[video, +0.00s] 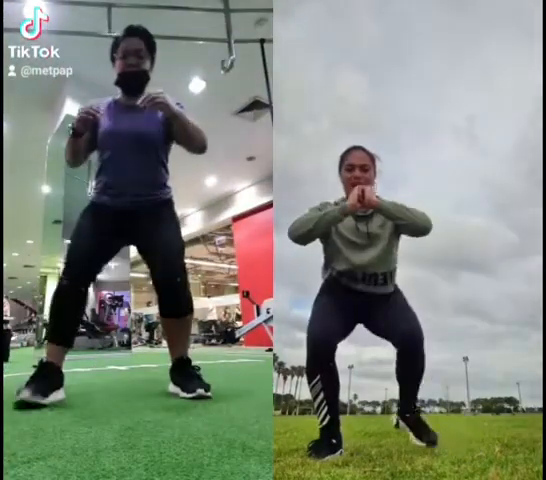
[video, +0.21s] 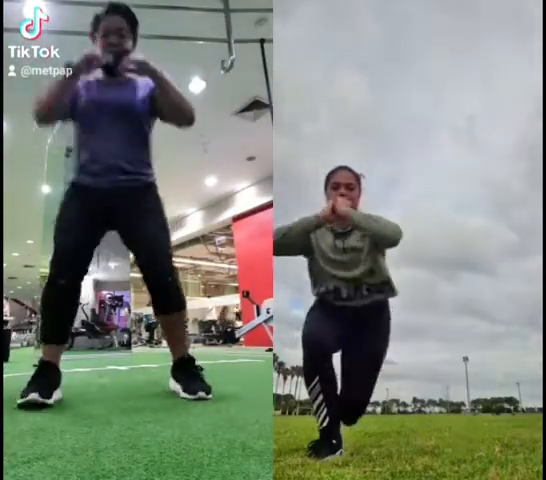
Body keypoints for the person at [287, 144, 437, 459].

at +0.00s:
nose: (358, 175)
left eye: (365, 169)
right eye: (350, 169)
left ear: (375, 175)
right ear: (341, 175)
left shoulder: (389, 213)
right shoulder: (330, 212)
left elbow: (424, 226)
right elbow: (296, 234)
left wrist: (378, 205)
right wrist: (345, 209)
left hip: (383, 298)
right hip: (339, 296)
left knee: (412, 339)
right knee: (318, 345)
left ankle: (408, 412)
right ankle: (330, 436)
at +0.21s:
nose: (342, 194)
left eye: (349, 188)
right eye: (335, 188)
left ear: (359, 194)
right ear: (326, 195)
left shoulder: (370, 228)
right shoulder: (313, 234)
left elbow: (395, 234)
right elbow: (273, 245)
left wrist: (351, 215)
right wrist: (319, 219)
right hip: (329, 311)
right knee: (314, 346)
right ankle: (330, 438)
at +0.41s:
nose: (344, 226)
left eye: (351, 220)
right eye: (338, 220)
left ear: (361, 228)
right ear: (328, 227)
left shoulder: (370, 261)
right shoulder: (312, 265)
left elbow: (388, 278)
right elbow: (271, 274)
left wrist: (348, 253)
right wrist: (319, 254)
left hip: (361, 350)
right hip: (323, 344)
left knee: (345, 435)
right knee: (308, 347)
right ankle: (330, 437)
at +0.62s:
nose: (347, 216)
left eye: (354, 211)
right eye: (341, 210)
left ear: (364, 217)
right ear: (331, 216)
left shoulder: (372, 253)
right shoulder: (315, 252)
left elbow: (395, 260)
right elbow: (275, 254)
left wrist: (354, 234)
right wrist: (321, 235)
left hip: (362, 333)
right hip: (323, 328)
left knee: (350, 403)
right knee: (311, 342)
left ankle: (331, 442)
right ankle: (330, 434)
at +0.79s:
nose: (351, 185)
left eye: (357, 180)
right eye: (345, 180)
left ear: (367, 187)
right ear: (336, 187)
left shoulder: (379, 222)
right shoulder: (323, 223)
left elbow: (408, 227)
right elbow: (284, 230)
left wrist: (364, 207)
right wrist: (331, 210)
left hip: (371, 308)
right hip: (330, 303)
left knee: (356, 393)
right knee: (317, 351)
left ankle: (331, 427)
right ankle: (330, 437)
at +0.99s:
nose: (366, 172)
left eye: (372, 166)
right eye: (358, 167)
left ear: (382, 173)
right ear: (348, 174)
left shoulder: (395, 212)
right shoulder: (336, 209)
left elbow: (430, 221)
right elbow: (301, 226)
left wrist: (387, 199)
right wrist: (349, 203)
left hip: (385, 295)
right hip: (341, 293)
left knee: (408, 347)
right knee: (326, 348)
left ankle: (403, 417)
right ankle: (330, 436)